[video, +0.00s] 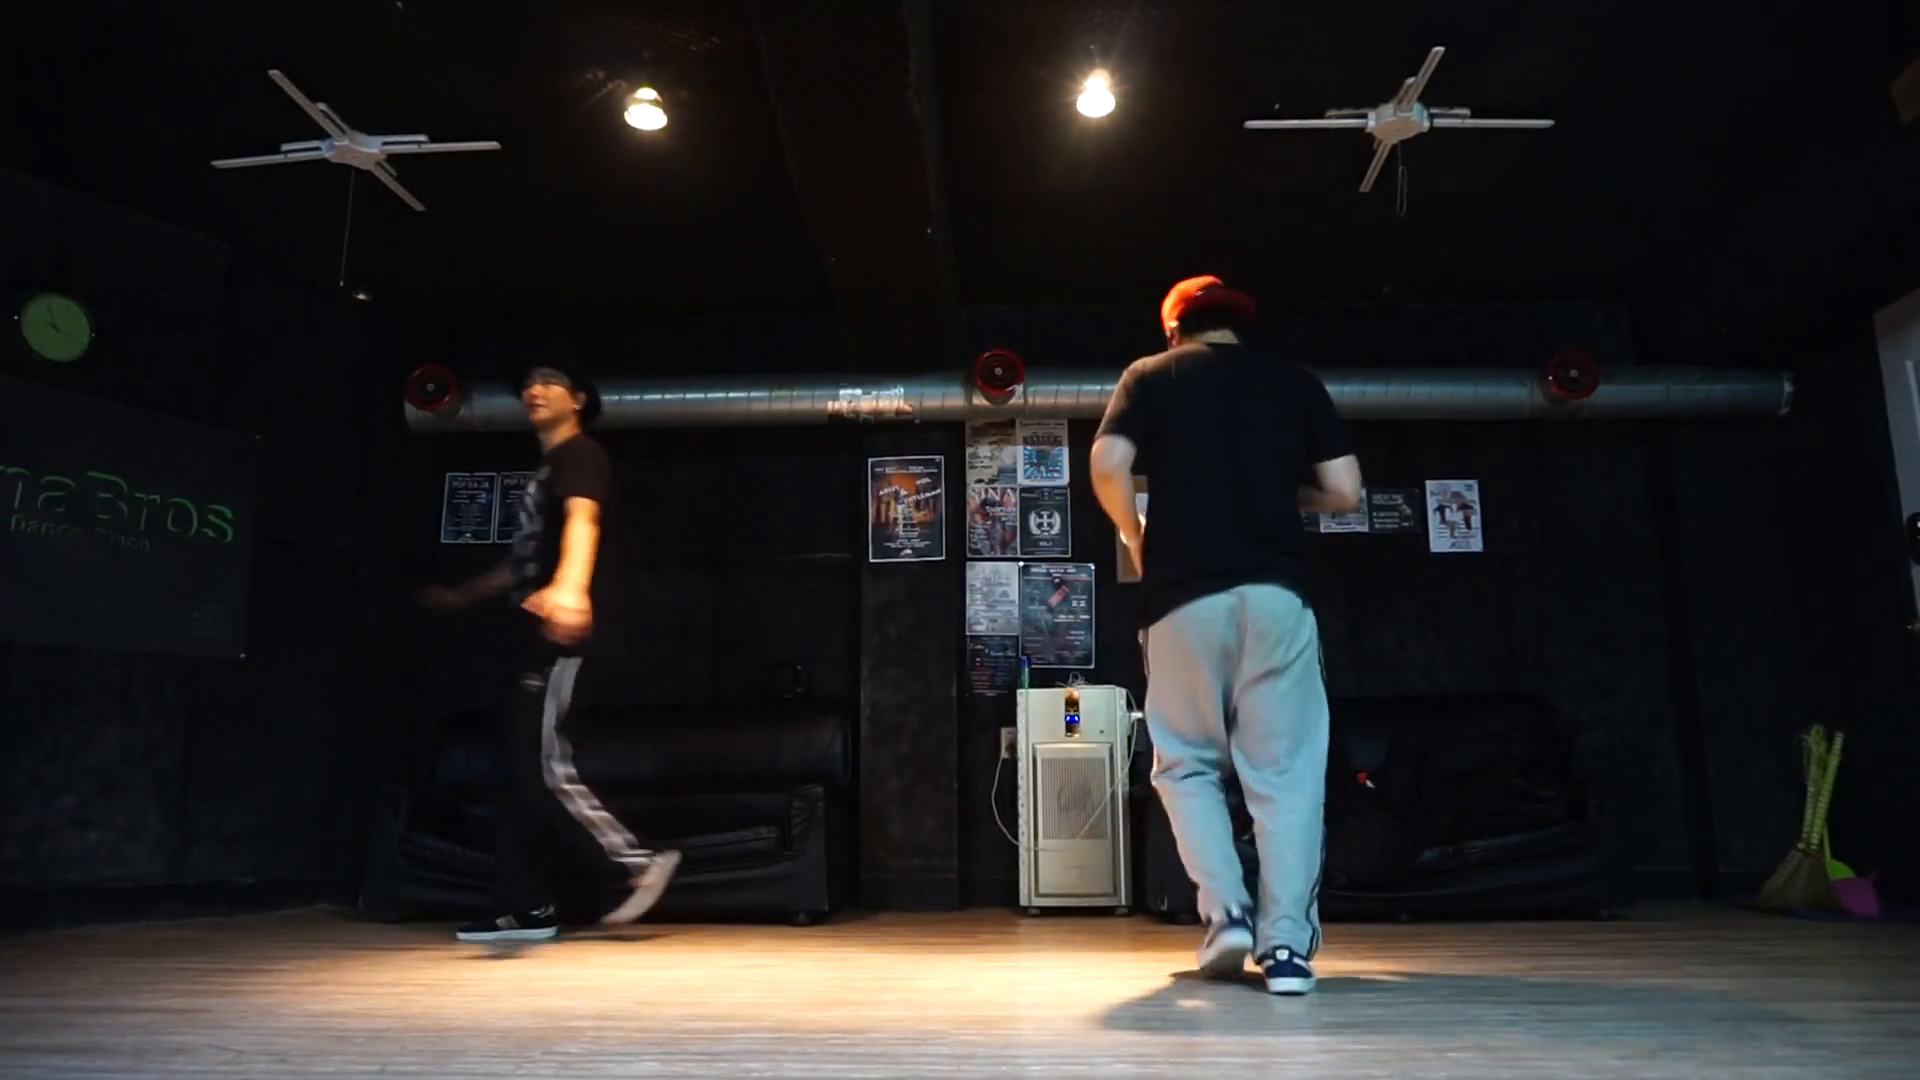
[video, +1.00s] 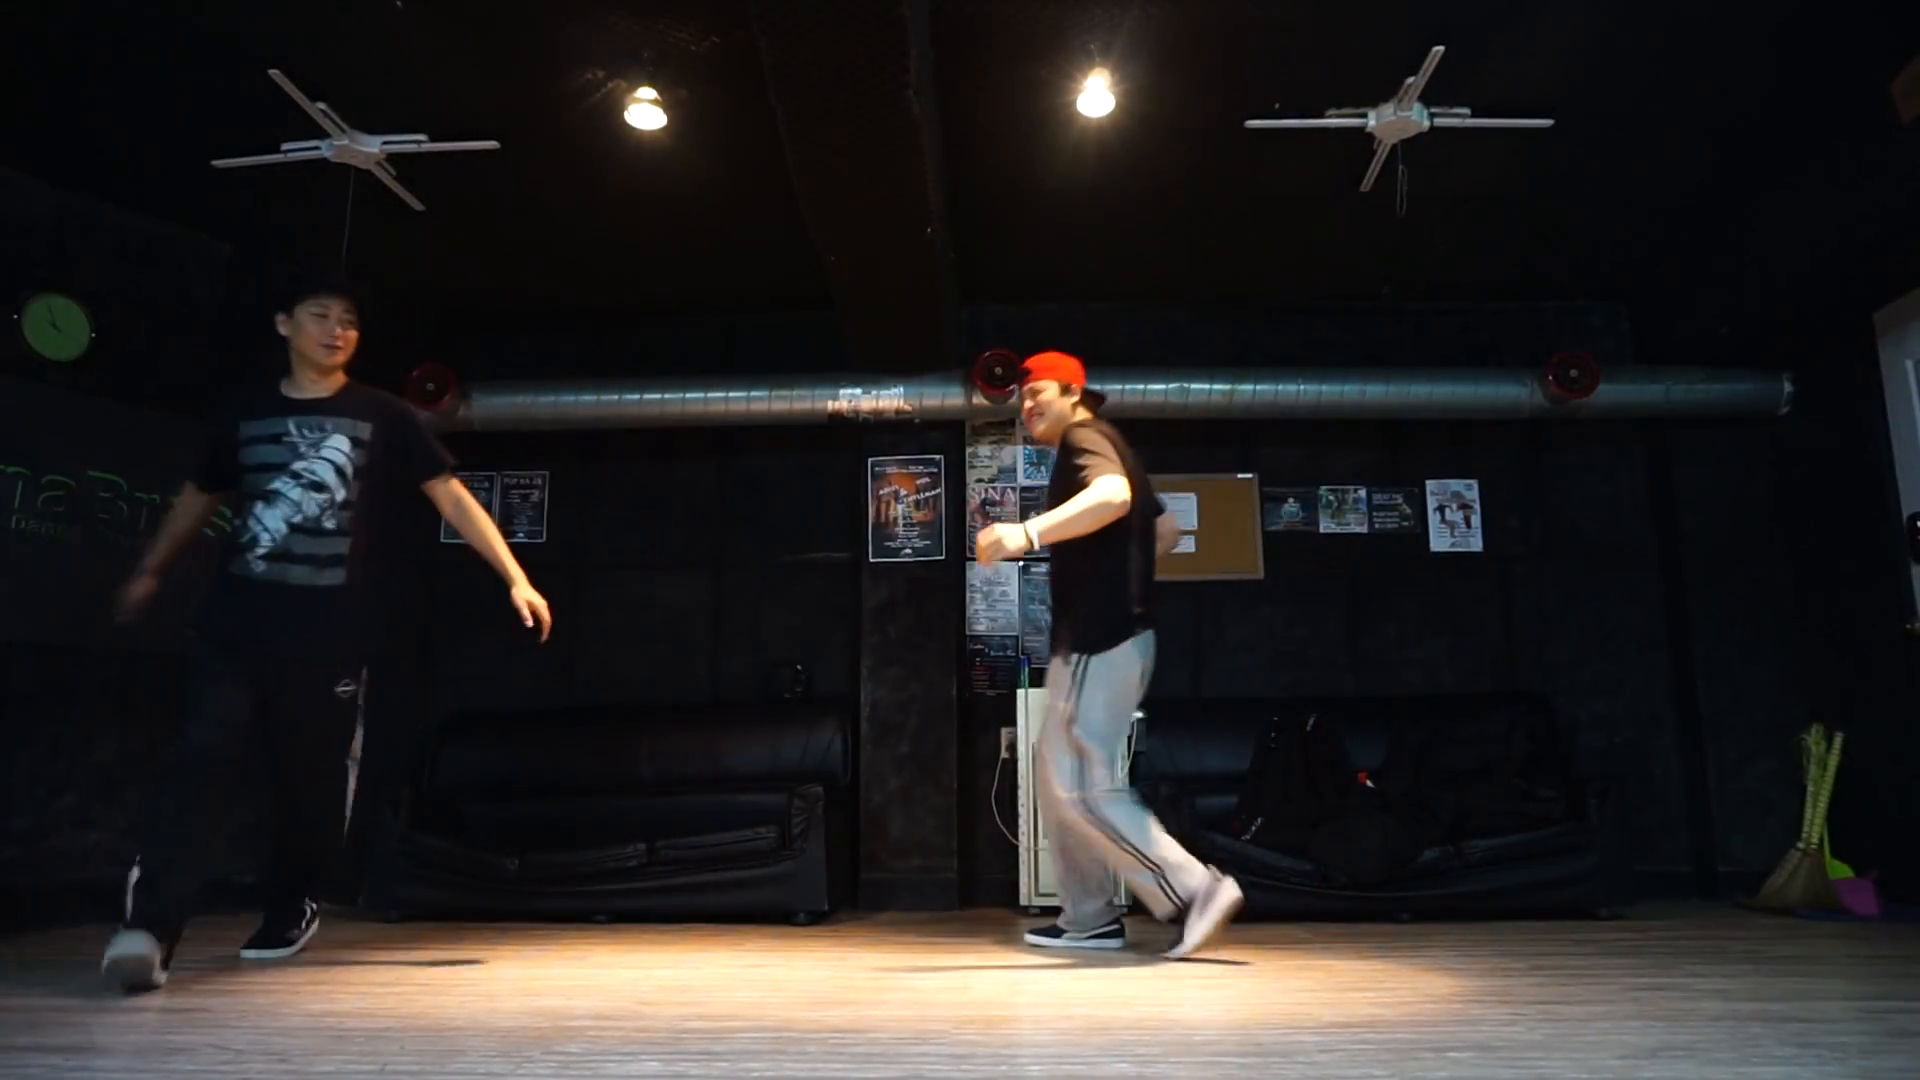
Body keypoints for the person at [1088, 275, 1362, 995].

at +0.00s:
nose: (1171, 340)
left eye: (1169, 330)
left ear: (1174, 331)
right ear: (1241, 324)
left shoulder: (1148, 377)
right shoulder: (1291, 378)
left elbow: (1107, 461)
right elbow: (1342, 491)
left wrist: (1132, 533)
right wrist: (1274, 490)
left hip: (1185, 596)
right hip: (1276, 592)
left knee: (1187, 764)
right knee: (1285, 775)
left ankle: (1227, 919)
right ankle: (1288, 948)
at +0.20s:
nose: (1134, 349)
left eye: (1136, 338)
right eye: (1135, 339)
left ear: (1150, 334)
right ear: (1207, 325)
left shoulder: (1151, 372)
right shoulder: (1264, 388)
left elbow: (1142, 445)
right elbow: (1310, 498)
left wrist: (1115, 508)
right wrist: (1246, 518)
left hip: (1184, 587)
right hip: (1271, 584)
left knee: (1186, 765)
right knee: (1273, 761)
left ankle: (1220, 931)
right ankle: (1284, 936)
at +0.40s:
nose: (1099, 391)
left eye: (1100, 377)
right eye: (1098, 378)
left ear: (1124, 368)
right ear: (1157, 364)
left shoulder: (1152, 412)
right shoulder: (1221, 416)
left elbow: (1182, 495)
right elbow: (1271, 518)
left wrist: (1100, 528)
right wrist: (1209, 549)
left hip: (1169, 629)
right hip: (1241, 623)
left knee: (1155, 784)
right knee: (1244, 775)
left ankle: (1213, 936)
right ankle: (1278, 880)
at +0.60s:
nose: (1081, 392)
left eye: (1087, 378)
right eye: (1080, 380)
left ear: (1119, 372)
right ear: (1131, 373)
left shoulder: (1146, 423)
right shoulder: (1191, 423)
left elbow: (1180, 506)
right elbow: (1243, 524)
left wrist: (1088, 530)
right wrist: (1174, 560)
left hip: (1153, 634)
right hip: (1203, 629)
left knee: (1134, 788)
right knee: (1163, 770)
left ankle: (1216, 935)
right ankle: (1237, 885)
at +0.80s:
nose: (1054, 373)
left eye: (1064, 362)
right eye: (1054, 364)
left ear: (1099, 366)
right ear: (1103, 373)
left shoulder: (1109, 411)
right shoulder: (1140, 416)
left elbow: (1142, 477)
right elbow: (1208, 505)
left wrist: (1050, 512)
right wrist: (1150, 550)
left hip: (1131, 620)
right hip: (1157, 614)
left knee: (1141, 776)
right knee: (1101, 768)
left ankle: (1221, 925)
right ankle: (1100, 915)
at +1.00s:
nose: (1026, 406)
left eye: (1037, 394)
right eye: (1023, 397)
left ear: (1071, 395)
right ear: (1035, 405)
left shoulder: (1084, 435)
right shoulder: (1101, 441)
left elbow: (1111, 494)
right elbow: (1166, 528)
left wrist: (1025, 534)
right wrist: (1099, 564)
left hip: (1105, 645)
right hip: (1091, 643)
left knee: (1085, 787)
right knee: (1061, 782)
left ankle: (1200, 892)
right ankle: (1090, 923)